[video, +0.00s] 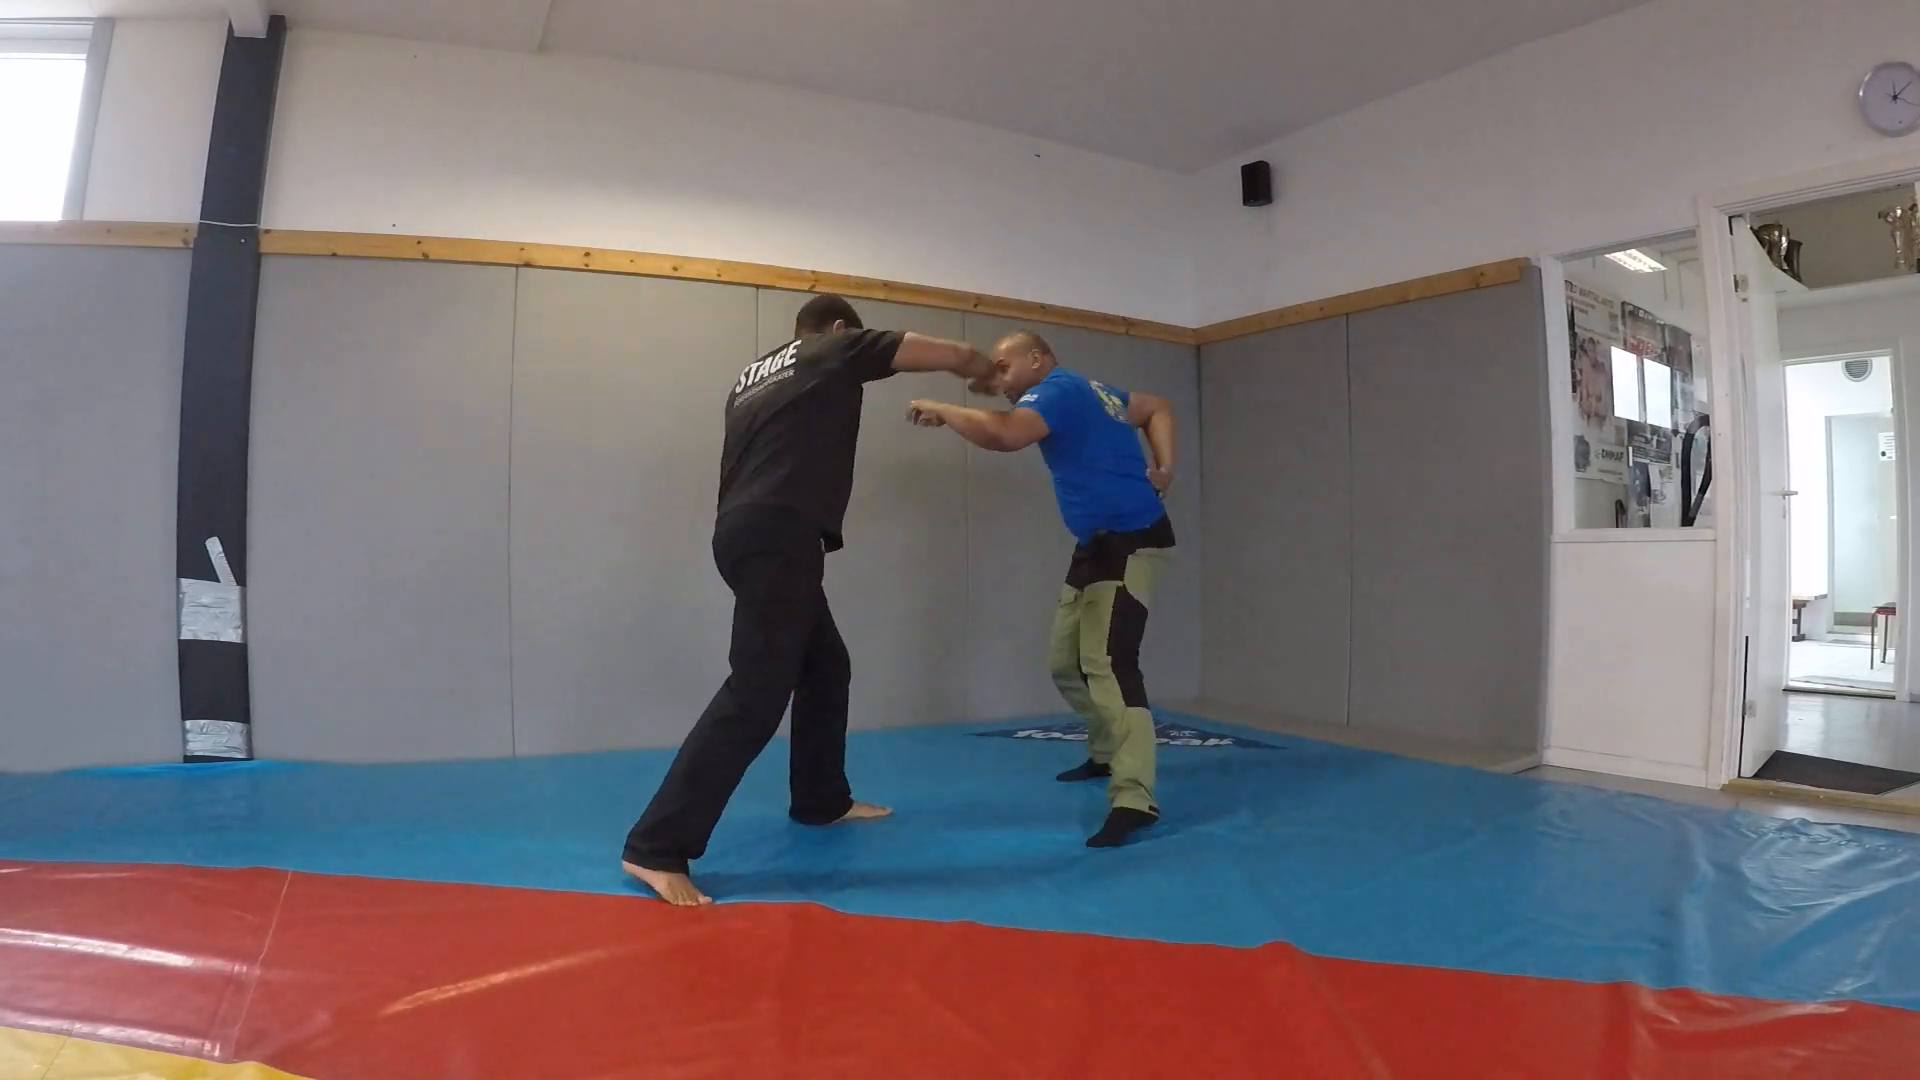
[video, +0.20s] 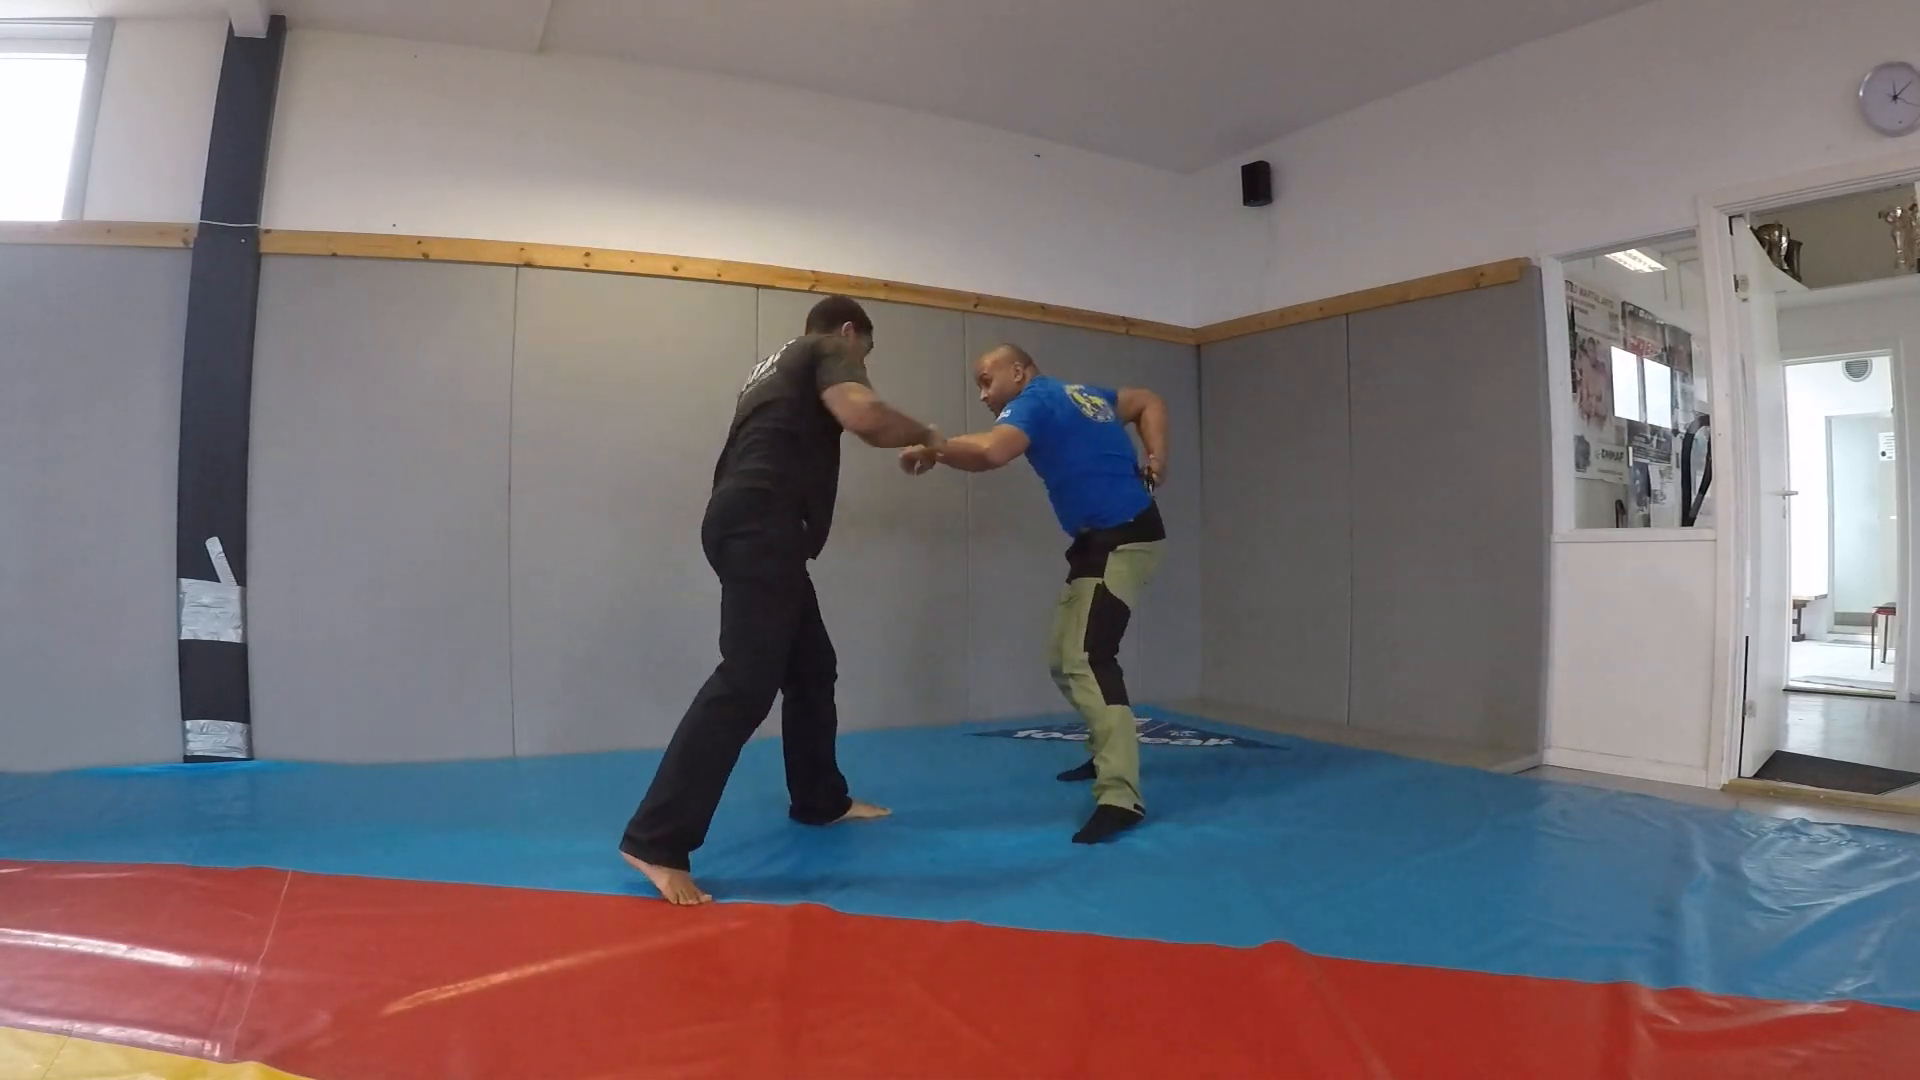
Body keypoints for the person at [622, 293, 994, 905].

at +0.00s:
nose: (856, 343)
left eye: (856, 337)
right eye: (855, 336)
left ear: (799, 329)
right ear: (841, 328)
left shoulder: (749, 378)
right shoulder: (838, 347)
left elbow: (735, 471)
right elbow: (960, 355)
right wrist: (980, 368)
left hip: (739, 533)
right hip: (781, 530)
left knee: (825, 666)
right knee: (758, 687)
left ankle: (820, 802)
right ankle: (657, 847)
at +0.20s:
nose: (864, 357)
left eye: (865, 349)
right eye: (864, 346)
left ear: (817, 329)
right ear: (849, 330)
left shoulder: (774, 367)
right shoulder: (829, 349)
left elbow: (748, 451)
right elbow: (862, 417)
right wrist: (922, 435)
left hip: (745, 526)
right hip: (762, 526)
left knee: (811, 666)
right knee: (750, 678)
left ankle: (819, 802)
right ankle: (655, 841)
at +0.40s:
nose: (855, 367)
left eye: (857, 357)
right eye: (853, 354)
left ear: (822, 342)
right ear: (827, 339)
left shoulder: (795, 396)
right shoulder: (775, 372)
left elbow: (817, 461)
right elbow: (755, 439)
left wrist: (865, 410)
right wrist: (846, 437)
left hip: (754, 559)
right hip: (720, 553)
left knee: (829, 662)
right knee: (748, 697)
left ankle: (826, 800)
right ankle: (618, 824)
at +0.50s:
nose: (829, 355)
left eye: (831, 343)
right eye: (828, 341)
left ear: (795, 333)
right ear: (797, 332)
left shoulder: (770, 397)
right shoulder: (729, 379)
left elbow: (777, 470)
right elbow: (670, 452)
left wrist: (818, 412)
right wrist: (768, 443)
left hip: (744, 564)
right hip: (698, 562)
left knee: (824, 668)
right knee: (725, 710)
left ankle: (834, 801)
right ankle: (595, 820)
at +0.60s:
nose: (781, 331)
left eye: (783, 318)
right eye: (778, 316)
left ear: (744, 306)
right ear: (744, 304)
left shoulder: (721, 373)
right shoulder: (662, 353)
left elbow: (732, 404)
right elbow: (569, 415)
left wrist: (765, 363)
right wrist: (659, 377)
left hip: (710, 561)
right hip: (648, 560)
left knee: (770, 686)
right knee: (677, 710)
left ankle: (826, 800)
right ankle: (608, 853)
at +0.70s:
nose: (726, 304)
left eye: (730, 292)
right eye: (721, 288)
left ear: (686, 278)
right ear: (680, 272)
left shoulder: (690, 343)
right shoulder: (587, 323)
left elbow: (731, 352)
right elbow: (499, 387)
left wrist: (772, 308)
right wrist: (592, 336)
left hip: (659, 541)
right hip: (582, 540)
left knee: (716, 676)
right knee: (615, 702)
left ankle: (752, 807)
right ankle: (604, 858)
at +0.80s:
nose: (675, 284)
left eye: (680, 271)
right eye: (670, 267)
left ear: (636, 261)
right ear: (624, 253)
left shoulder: (652, 325)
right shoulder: (523, 301)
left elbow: (715, 348)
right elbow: (466, 409)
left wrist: (755, 354)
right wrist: (575, 390)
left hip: (596, 510)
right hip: (514, 512)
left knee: (658, 655)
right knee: (528, 682)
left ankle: (617, 808)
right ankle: (578, 838)